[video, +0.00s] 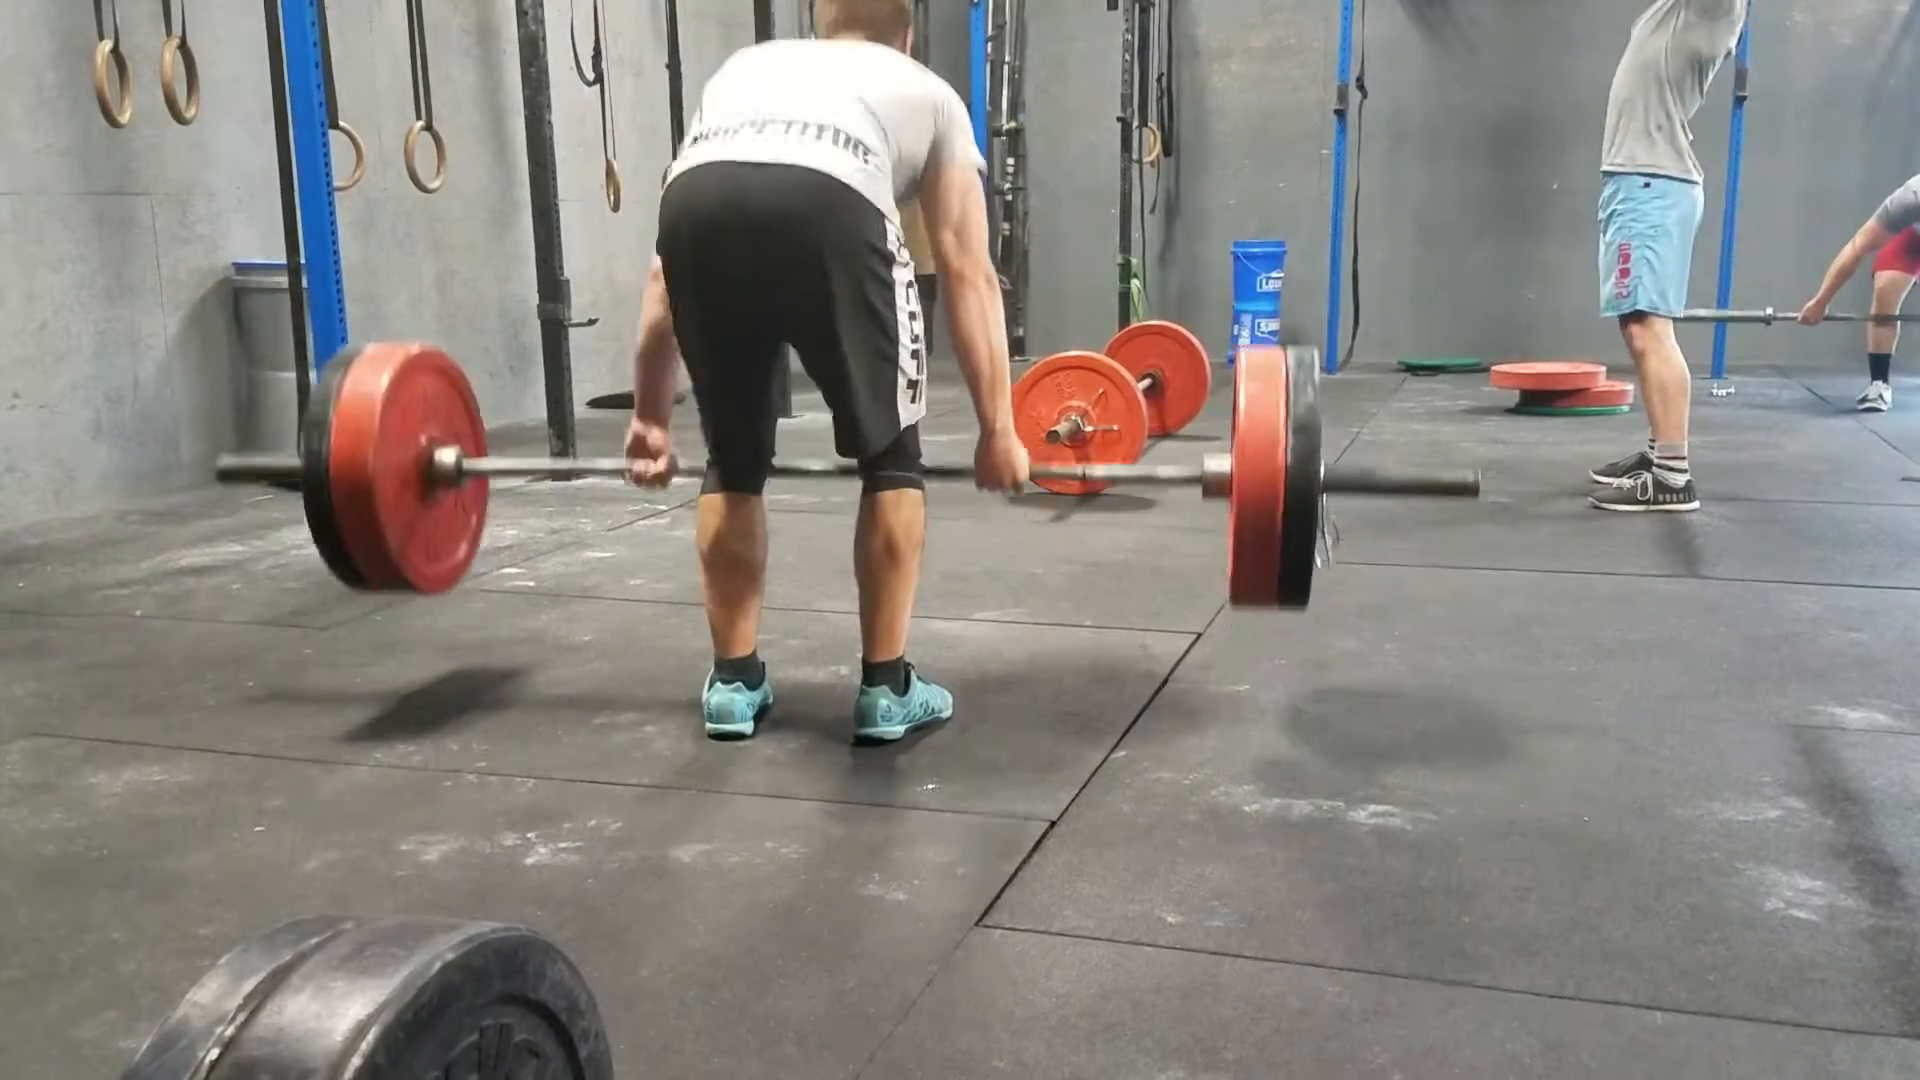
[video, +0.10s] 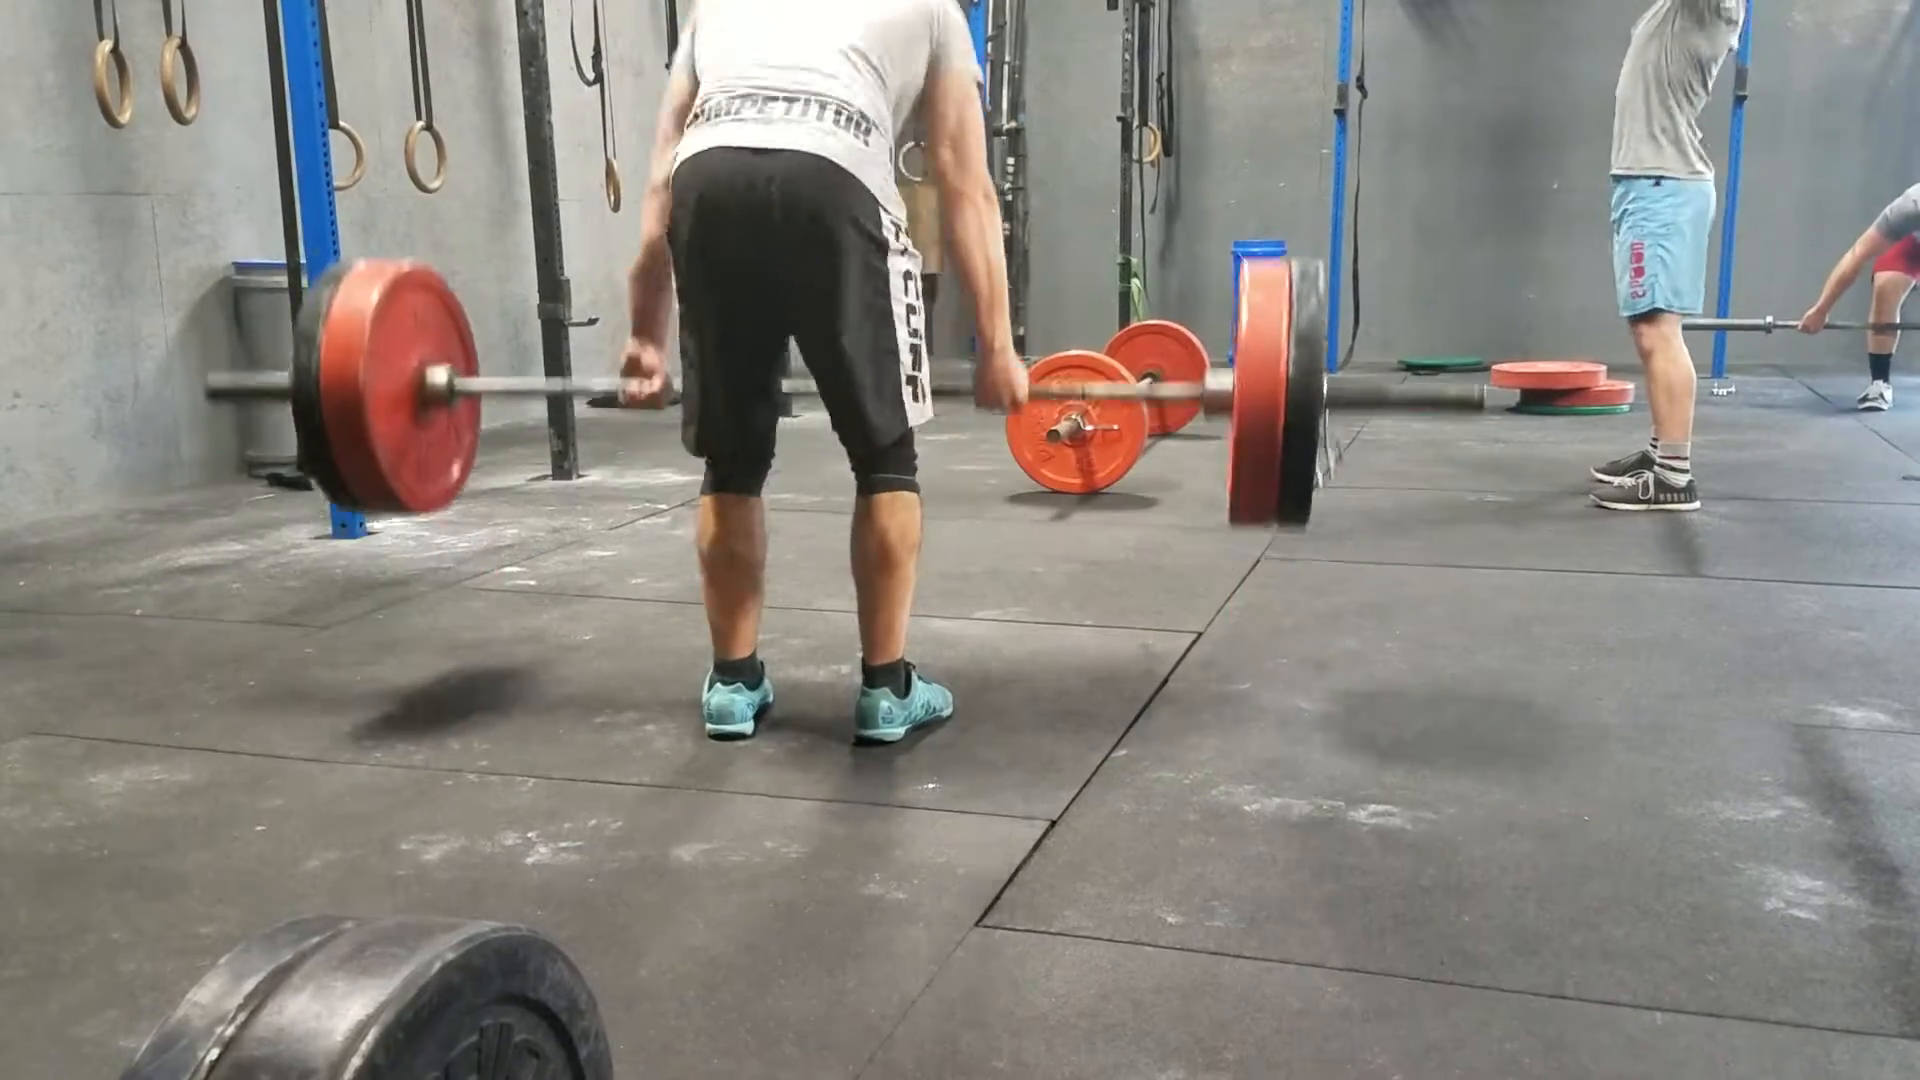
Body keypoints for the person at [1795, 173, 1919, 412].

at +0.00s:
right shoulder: (1912, 195)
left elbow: (1858, 245)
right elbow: (1858, 245)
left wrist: (1820, 301)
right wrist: (1820, 301)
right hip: (1913, 230)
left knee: (1888, 290)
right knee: (1885, 289)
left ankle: (1879, 383)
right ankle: (1879, 384)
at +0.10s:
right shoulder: (1912, 203)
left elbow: (1857, 254)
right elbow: (1858, 253)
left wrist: (1820, 310)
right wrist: (1821, 309)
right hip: (1913, 238)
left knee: (1889, 287)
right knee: (1886, 286)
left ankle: (1880, 383)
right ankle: (1879, 384)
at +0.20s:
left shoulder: (1911, 203)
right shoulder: (1913, 204)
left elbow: (1858, 255)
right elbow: (1859, 255)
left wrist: (1821, 311)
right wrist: (1822, 310)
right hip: (1913, 237)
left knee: (1889, 288)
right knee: (1886, 286)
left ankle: (1880, 384)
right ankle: (1879, 385)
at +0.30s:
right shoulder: (1913, 192)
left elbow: (1860, 242)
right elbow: (1860, 242)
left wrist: (1823, 298)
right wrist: (1823, 298)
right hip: (1914, 229)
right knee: (1886, 286)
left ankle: (1880, 383)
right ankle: (1879, 384)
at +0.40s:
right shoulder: (1914, 172)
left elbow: (1863, 218)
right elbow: (1863, 218)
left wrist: (1826, 276)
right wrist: (1827, 276)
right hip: (1914, 215)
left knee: (1892, 288)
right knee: (1890, 287)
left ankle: (1881, 382)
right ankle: (1881, 383)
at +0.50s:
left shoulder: (1913, 149)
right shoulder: (1915, 148)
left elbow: (1861, 193)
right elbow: (1862, 192)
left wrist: (1828, 251)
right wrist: (1828, 250)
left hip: (1913, 209)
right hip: (1914, 208)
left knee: (1891, 294)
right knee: (1888, 293)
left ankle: (1881, 383)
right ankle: (1881, 383)